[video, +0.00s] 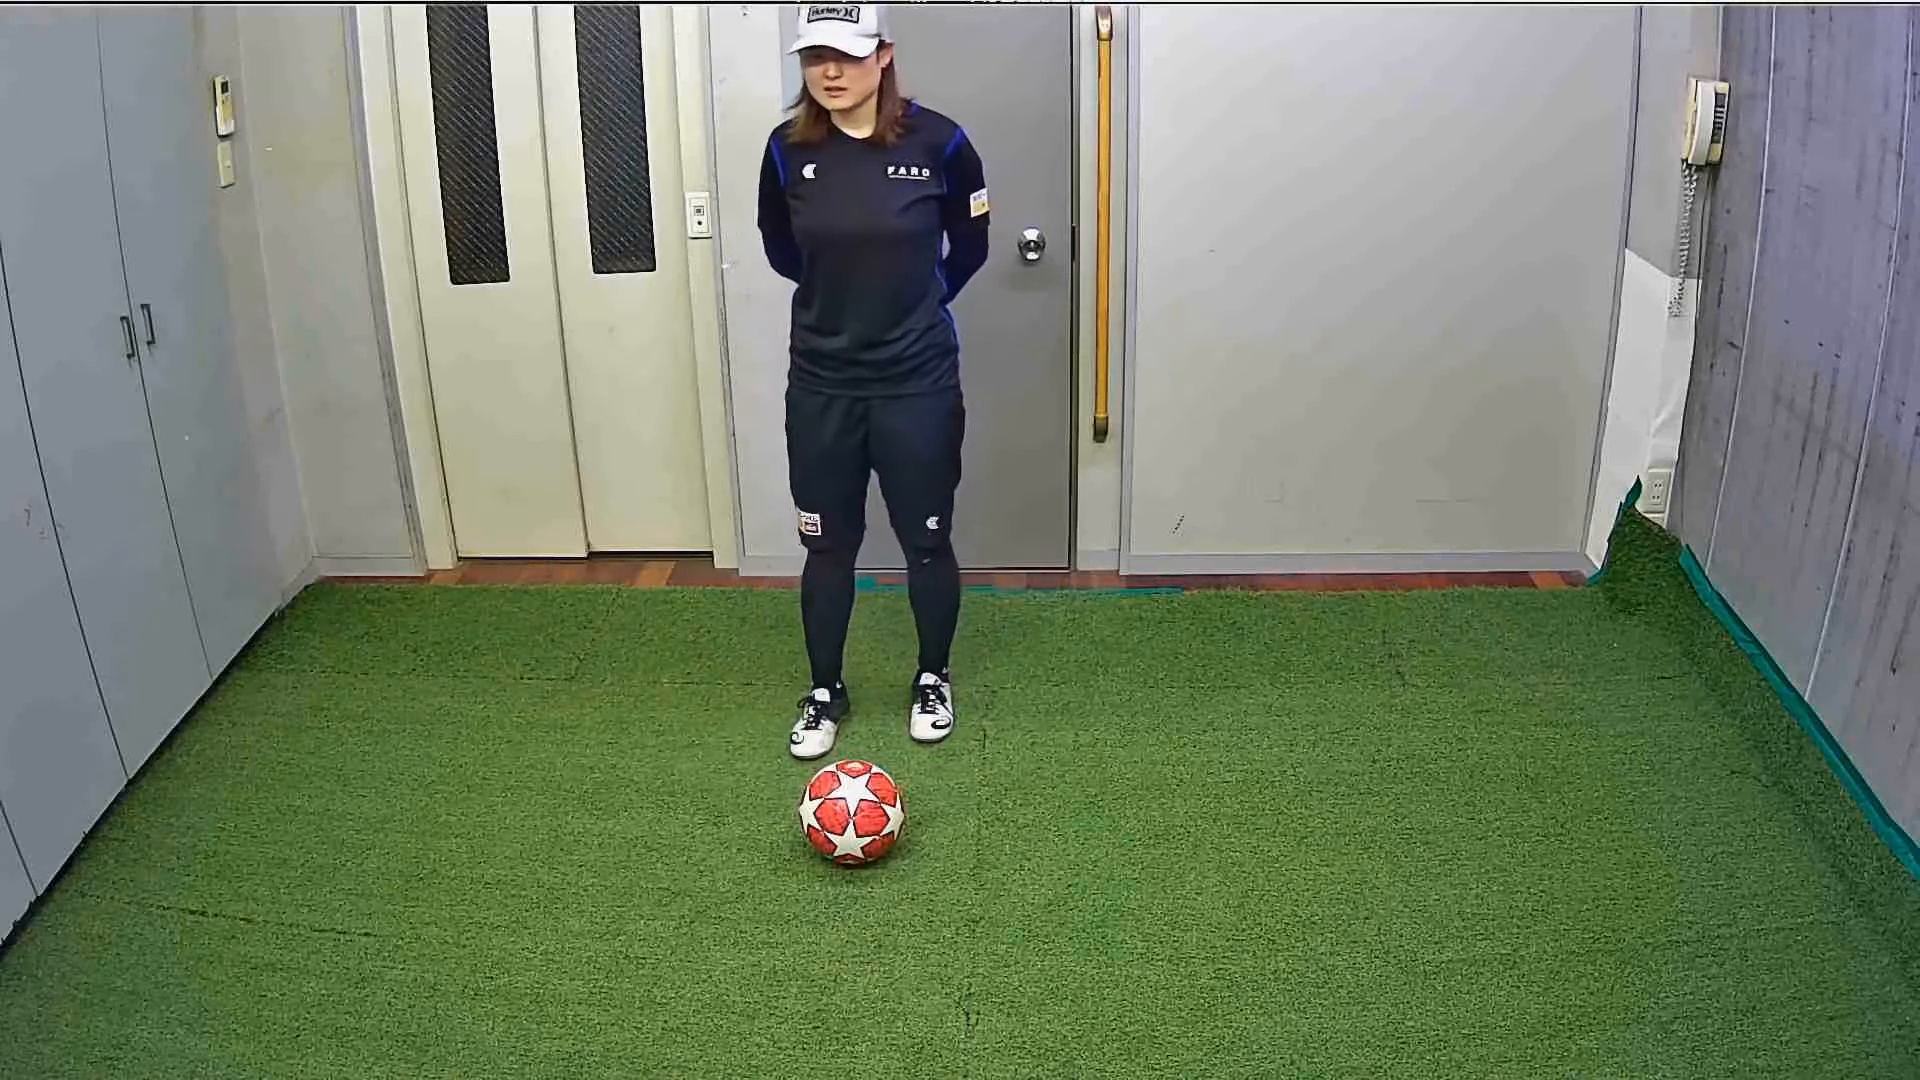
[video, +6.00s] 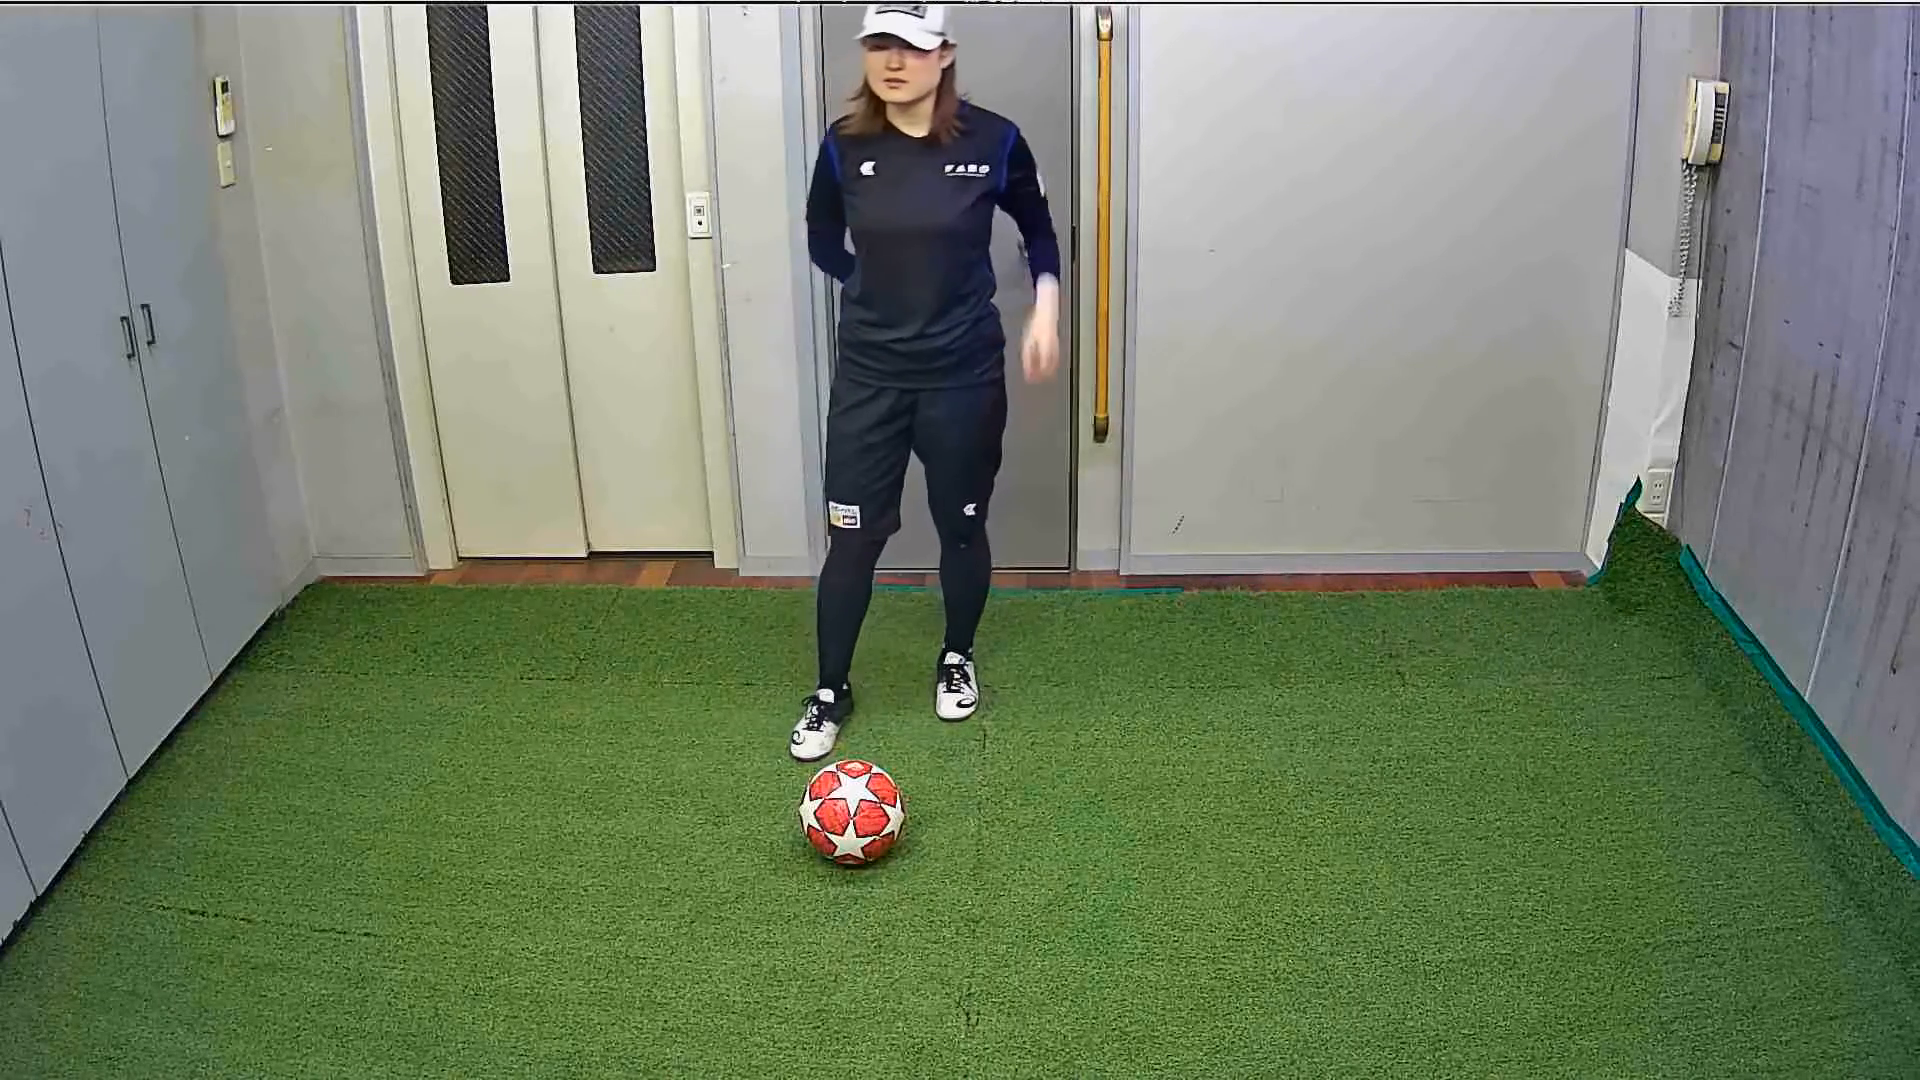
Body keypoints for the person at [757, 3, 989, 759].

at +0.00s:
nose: (830, 73)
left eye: (847, 57)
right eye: (817, 59)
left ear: (883, 58)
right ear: (803, 67)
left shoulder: (940, 142)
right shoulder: (787, 150)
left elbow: (972, 247)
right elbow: (779, 249)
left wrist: (913, 300)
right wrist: (840, 284)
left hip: (916, 379)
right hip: (820, 381)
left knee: (926, 537)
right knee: (824, 538)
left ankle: (932, 680)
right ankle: (824, 692)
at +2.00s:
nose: (809, 64)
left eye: (826, 49)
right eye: (796, 51)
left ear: (864, 56)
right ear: (781, 64)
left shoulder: (918, 145)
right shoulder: (762, 155)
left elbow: (950, 248)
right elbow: (750, 253)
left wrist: (894, 302)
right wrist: (810, 291)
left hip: (899, 385)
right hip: (801, 387)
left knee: (916, 548)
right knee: (814, 547)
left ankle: (931, 681)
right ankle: (825, 694)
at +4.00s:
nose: (787, 71)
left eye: (804, 55)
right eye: (773, 56)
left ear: (841, 59)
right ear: (759, 66)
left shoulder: (899, 145)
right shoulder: (743, 160)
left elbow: (932, 248)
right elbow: (731, 260)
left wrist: (875, 302)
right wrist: (794, 297)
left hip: (888, 388)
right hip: (788, 393)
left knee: (909, 549)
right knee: (809, 551)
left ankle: (932, 681)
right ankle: (824, 695)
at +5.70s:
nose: (839, 62)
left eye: (855, 47)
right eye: (826, 49)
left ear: (891, 55)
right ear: (811, 64)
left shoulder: (947, 141)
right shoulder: (797, 151)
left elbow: (965, 245)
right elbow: (787, 258)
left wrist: (919, 301)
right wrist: (851, 289)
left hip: (928, 379)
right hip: (832, 382)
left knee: (940, 534)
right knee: (830, 540)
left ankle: (955, 658)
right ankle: (825, 694)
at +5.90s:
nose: (874, 60)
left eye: (891, 47)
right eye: (862, 48)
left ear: (927, 57)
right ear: (848, 60)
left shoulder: (980, 144)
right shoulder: (830, 147)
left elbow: (1017, 232)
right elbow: (810, 242)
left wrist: (1026, 329)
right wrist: (863, 285)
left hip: (952, 372)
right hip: (859, 373)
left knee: (954, 528)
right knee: (844, 533)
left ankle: (956, 662)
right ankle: (826, 694)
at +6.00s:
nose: (890, 60)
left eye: (907, 47)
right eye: (878, 47)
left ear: (943, 56)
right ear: (863, 59)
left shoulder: (994, 142)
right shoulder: (845, 144)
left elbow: (1037, 226)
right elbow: (822, 240)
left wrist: (1045, 314)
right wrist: (872, 280)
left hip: (962, 366)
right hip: (868, 367)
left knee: (961, 522)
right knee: (851, 527)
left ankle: (956, 661)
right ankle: (830, 692)